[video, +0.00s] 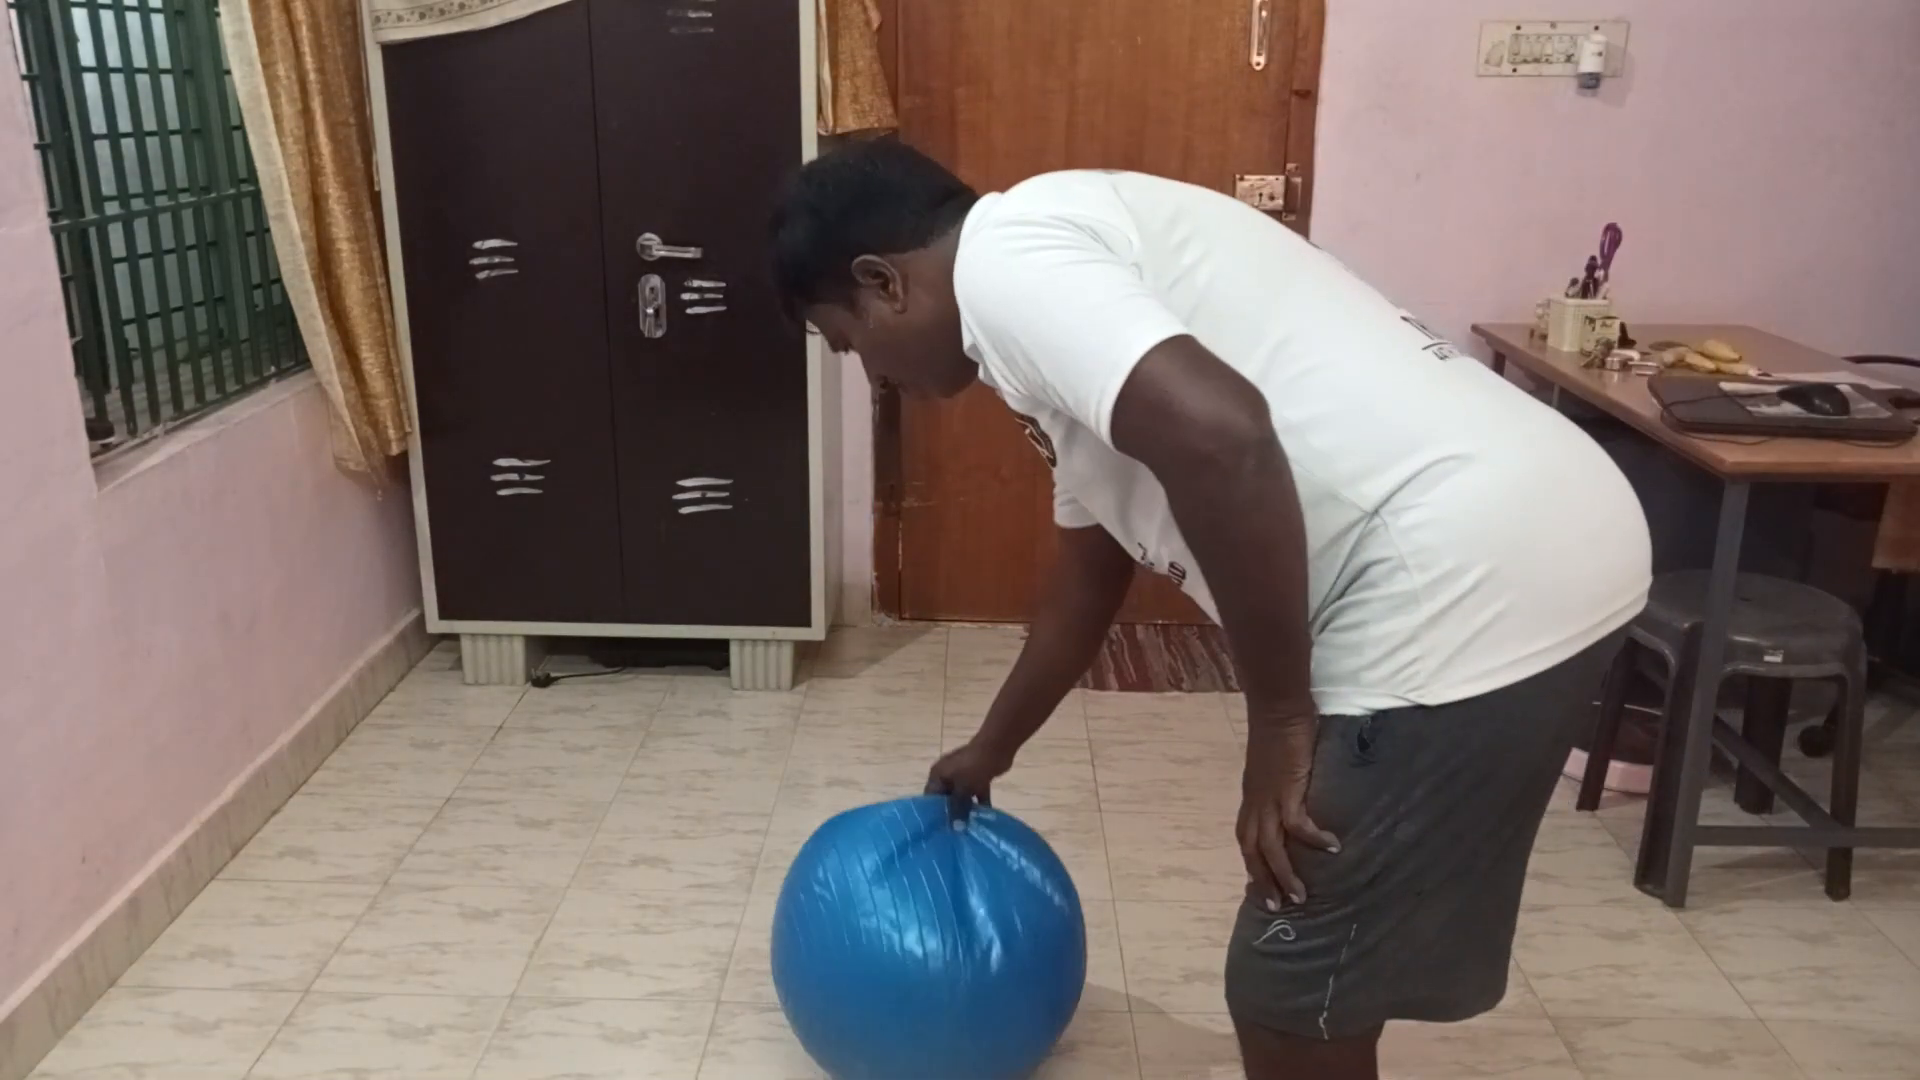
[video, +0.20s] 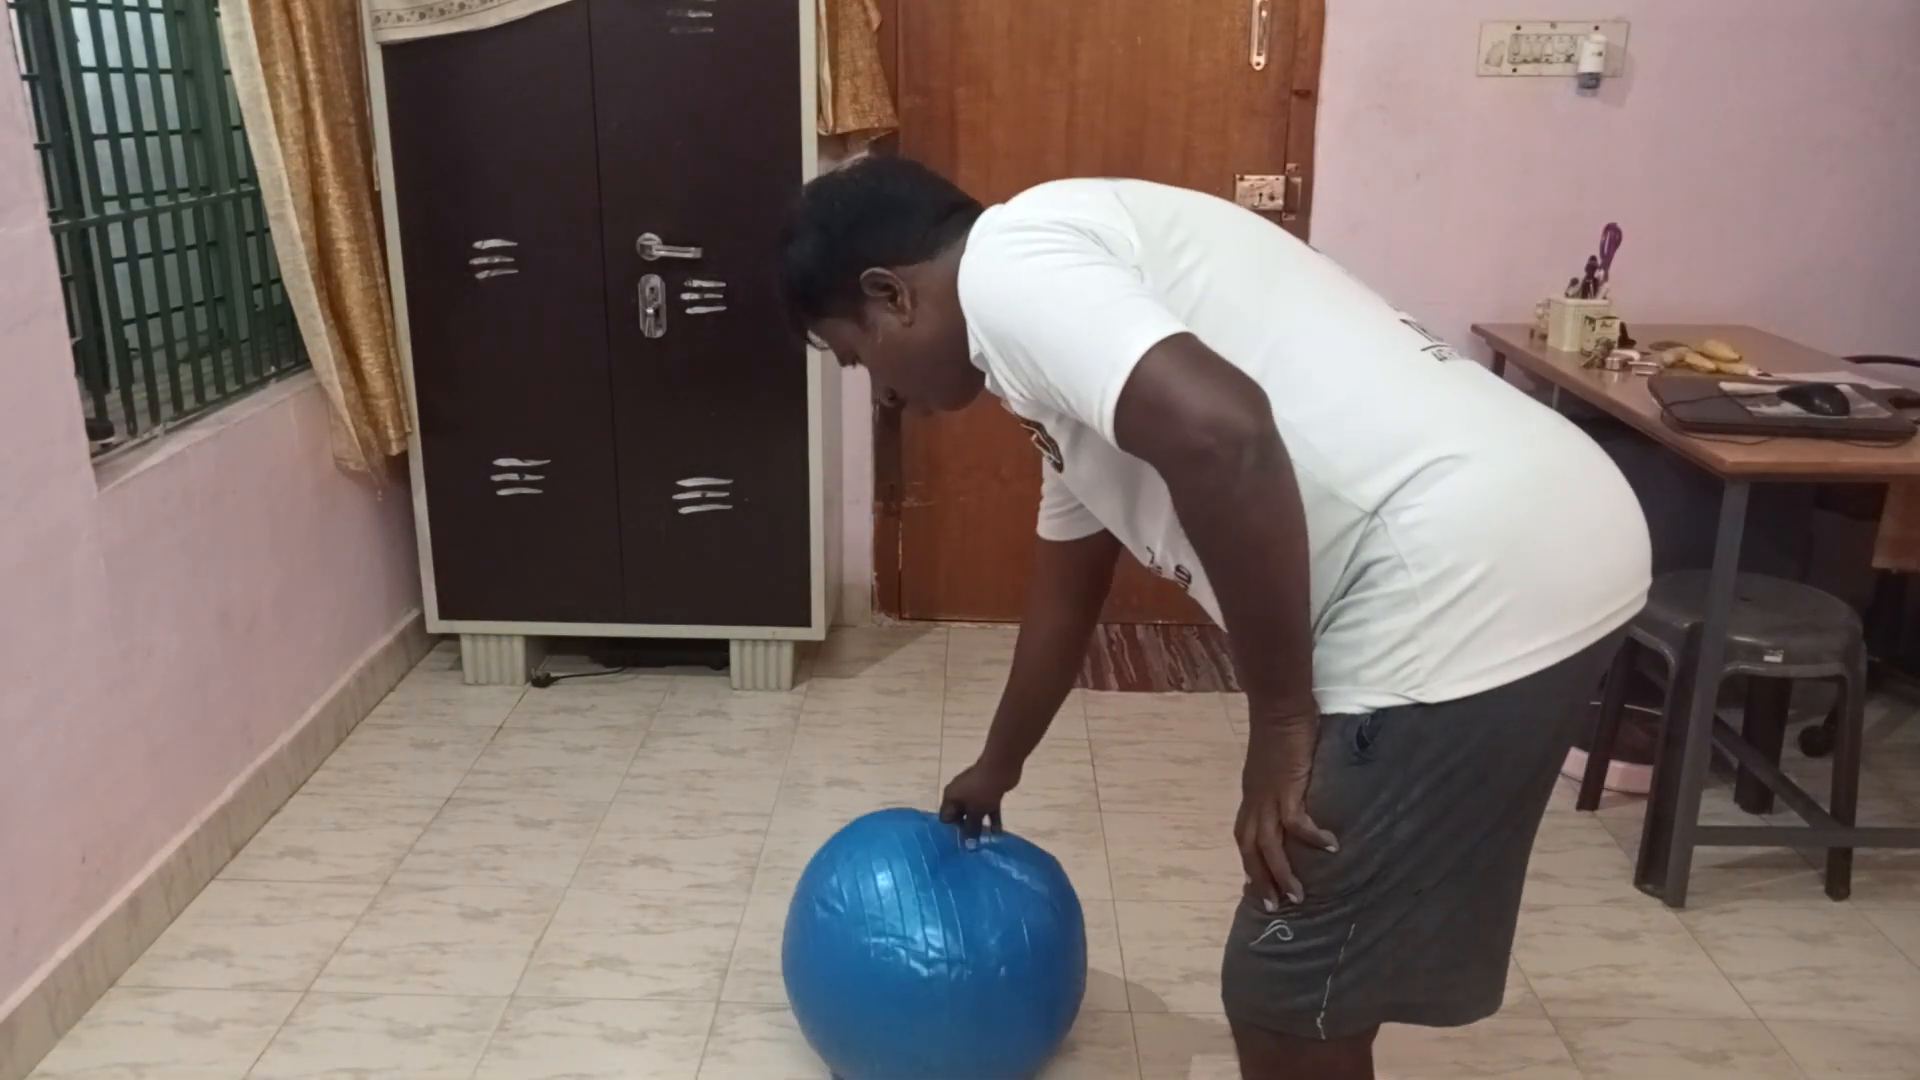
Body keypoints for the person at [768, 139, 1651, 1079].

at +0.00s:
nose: (873, 379)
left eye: (847, 341)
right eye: (845, 355)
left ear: (884, 279)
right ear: (902, 260)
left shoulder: (1007, 259)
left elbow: (1221, 438)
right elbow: (1086, 576)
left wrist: (1278, 723)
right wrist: (992, 744)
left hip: (1459, 584)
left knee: (1290, 988)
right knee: (1318, 977)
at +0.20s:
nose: (879, 393)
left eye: (855, 356)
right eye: (853, 368)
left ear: (891, 293)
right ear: (902, 280)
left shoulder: (1012, 267)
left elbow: (1224, 436)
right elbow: (1067, 576)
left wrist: (1279, 726)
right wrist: (997, 763)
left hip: (1460, 579)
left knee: (1287, 991)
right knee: (1316, 976)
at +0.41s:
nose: (879, 323)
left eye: (861, 283)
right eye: (856, 295)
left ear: (911, 223)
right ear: (922, 215)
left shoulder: (1034, 223)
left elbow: (1233, 430)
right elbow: (1103, 532)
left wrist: (1280, 722)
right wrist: (1013, 716)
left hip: (1461, 568)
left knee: (1296, 981)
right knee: (1324, 967)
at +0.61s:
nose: (910, 188)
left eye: (903, 141)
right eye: (892, 157)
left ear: (972, 79)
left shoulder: (1087, 125)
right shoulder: (1168, 86)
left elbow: (1236, 389)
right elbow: (1204, 434)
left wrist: (1265, 692)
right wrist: (1102, 651)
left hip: (1438, 563)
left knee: (1306, 979)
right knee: (1328, 970)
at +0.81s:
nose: (988, 43)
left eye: (994, 6)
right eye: (977, 21)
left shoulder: (1185, 48)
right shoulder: (1224, 34)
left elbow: (1306, 324)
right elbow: (1261, 348)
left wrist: (1258, 630)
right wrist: (1210, 596)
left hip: (1418, 546)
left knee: (1322, 967)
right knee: (1331, 956)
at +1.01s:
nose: (1117, 6)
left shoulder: (1321, 15)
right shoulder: (1241, 33)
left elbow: (1418, 261)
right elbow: (1303, 295)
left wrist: (1288, 542)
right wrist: (1251, 526)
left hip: (1449, 529)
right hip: (1357, 522)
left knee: (1391, 916)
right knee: (1311, 823)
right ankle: (1324, 1063)